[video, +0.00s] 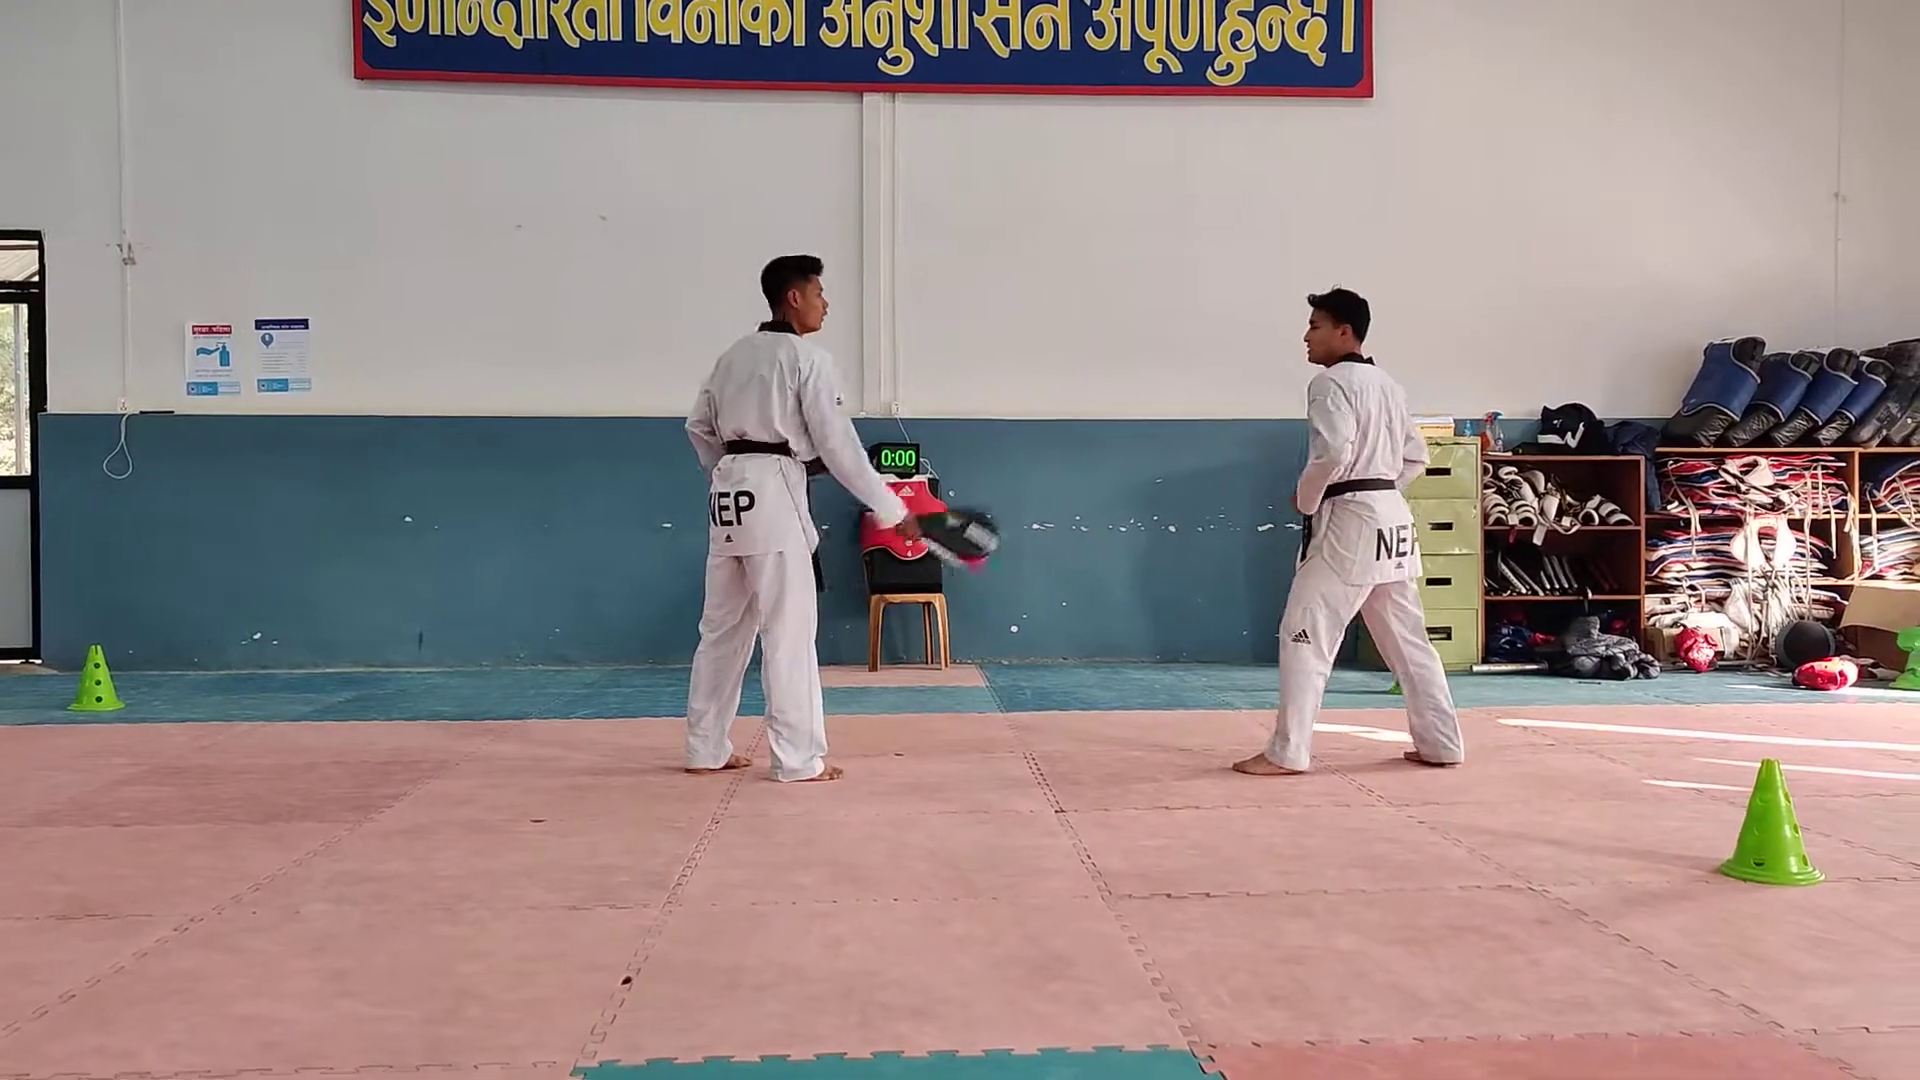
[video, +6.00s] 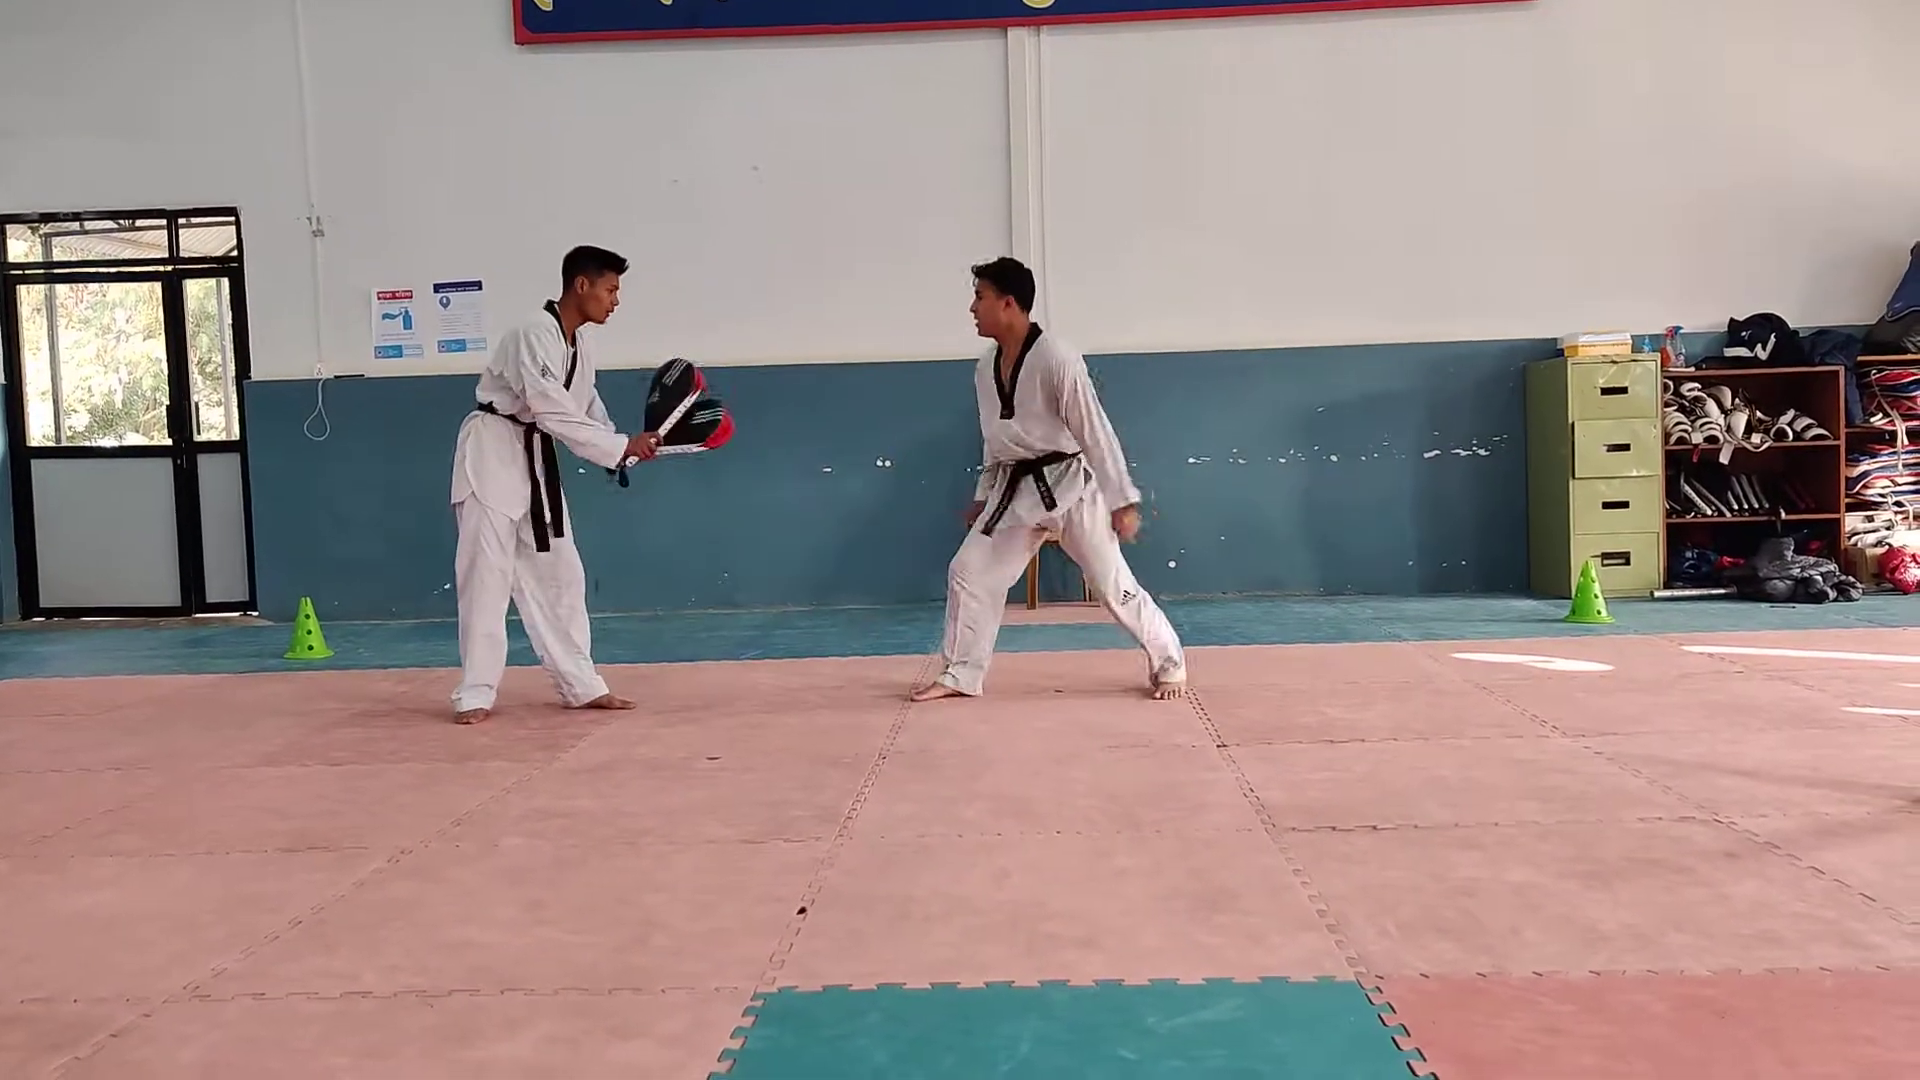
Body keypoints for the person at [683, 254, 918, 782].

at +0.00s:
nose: (825, 302)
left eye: (823, 292)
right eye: (818, 293)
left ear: (782, 300)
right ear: (793, 298)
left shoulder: (734, 353)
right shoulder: (807, 358)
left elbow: (700, 425)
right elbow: (838, 448)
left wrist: (727, 473)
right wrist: (892, 508)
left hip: (726, 487)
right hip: (773, 487)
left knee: (723, 624)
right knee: (789, 622)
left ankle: (706, 749)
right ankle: (798, 758)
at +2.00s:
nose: (535, 267)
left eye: (534, 258)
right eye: (526, 258)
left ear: (510, 262)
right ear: (496, 259)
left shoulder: (529, 323)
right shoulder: (452, 319)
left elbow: (529, 392)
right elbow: (411, 393)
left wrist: (553, 421)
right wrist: (449, 409)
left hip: (516, 462)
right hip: (456, 461)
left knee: (529, 579)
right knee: (392, 564)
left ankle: (520, 700)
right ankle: (316, 664)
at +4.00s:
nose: (753, 302)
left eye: (753, 293)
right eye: (746, 293)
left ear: (726, 299)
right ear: (718, 297)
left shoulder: (732, 364)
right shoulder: (680, 353)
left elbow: (762, 421)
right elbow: (636, 420)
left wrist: (821, 438)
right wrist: (667, 469)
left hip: (700, 483)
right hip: (679, 481)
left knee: (660, 591)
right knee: (729, 587)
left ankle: (612, 696)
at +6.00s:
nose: (616, 301)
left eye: (617, 291)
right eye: (610, 289)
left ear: (587, 289)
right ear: (581, 286)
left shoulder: (582, 344)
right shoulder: (534, 333)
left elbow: (587, 408)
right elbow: (549, 410)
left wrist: (618, 448)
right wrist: (618, 445)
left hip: (537, 453)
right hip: (493, 447)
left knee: (558, 567)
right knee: (487, 568)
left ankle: (580, 685)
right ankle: (475, 693)